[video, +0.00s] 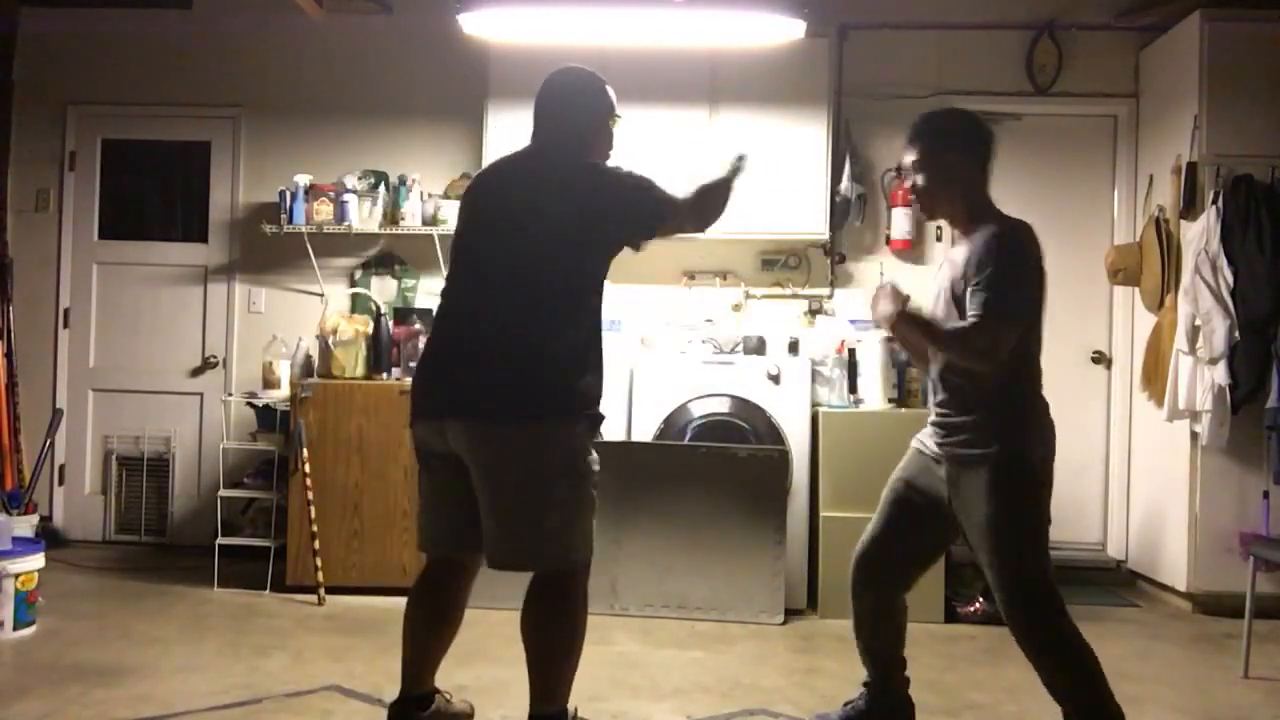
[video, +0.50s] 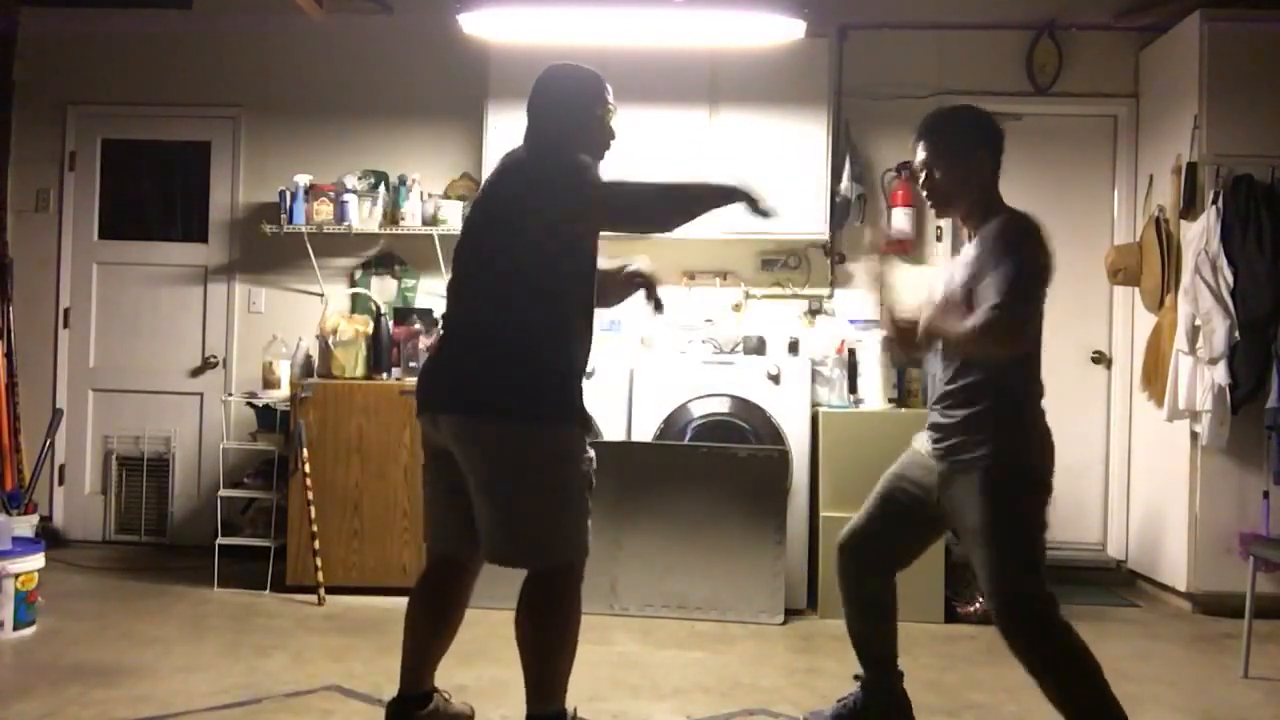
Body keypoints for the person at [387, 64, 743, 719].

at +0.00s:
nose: (614, 135)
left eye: (614, 123)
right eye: (610, 122)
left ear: (541, 119)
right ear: (592, 122)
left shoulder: (486, 181)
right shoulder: (601, 186)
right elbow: (693, 214)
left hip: (440, 398)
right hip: (535, 406)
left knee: (450, 556)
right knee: (563, 562)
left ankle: (413, 699)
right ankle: (550, 711)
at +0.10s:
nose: (611, 132)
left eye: (609, 119)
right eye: (605, 119)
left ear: (536, 119)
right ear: (585, 121)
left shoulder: (485, 182)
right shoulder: (595, 183)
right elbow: (693, 229)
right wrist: (759, 217)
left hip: (437, 395)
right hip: (529, 405)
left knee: (450, 556)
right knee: (556, 564)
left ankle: (413, 699)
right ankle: (548, 714)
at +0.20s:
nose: (603, 131)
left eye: (602, 118)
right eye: (596, 117)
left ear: (530, 118)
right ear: (570, 120)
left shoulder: (489, 181)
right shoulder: (574, 192)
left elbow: (574, 247)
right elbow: (645, 271)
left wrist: (611, 182)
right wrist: (697, 288)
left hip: (440, 395)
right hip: (527, 404)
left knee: (451, 556)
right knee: (556, 560)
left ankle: (412, 701)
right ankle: (547, 712)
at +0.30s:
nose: (604, 136)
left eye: (603, 121)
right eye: (595, 121)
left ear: (537, 120)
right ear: (561, 121)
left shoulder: (501, 178)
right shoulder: (550, 183)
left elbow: (605, 234)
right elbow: (541, 291)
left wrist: (668, 180)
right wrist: (616, 338)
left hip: (446, 394)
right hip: (523, 401)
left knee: (451, 554)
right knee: (563, 558)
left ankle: (412, 700)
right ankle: (546, 713)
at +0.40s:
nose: (607, 134)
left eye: (606, 119)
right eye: (600, 117)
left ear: (536, 115)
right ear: (568, 117)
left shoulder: (497, 178)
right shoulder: (550, 174)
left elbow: (565, 252)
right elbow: (562, 246)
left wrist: (634, 249)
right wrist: (644, 247)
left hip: (445, 392)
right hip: (524, 398)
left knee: (452, 554)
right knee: (564, 554)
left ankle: (412, 699)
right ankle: (546, 713)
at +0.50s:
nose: (612, 130)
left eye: (611, 116)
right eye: (604, 116)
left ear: (541, 115)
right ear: (573, 115)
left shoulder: (505, 182)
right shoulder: (557, 176)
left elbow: (559, 289)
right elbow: (650, 205)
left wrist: (632, 279)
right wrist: (731, 192)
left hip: (448, 397)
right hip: (525, 404)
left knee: (454, 556)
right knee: (559, 558)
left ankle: (412, 696)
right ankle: (547, 712)